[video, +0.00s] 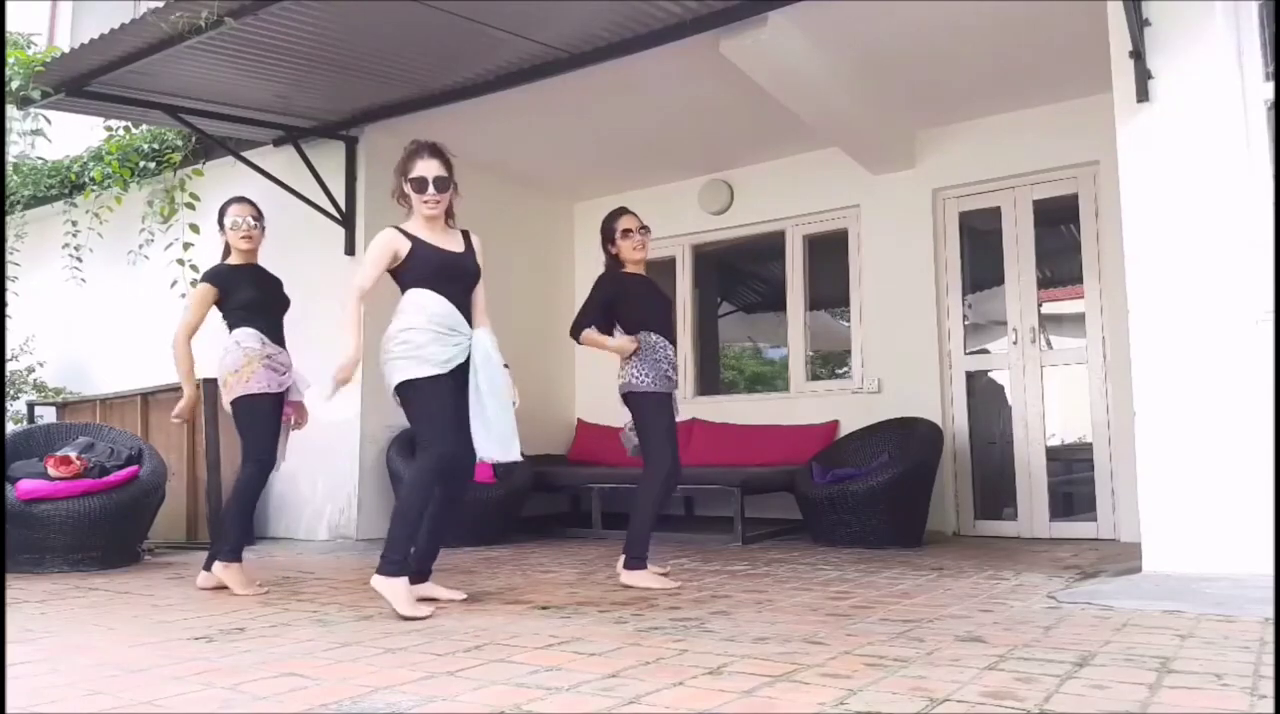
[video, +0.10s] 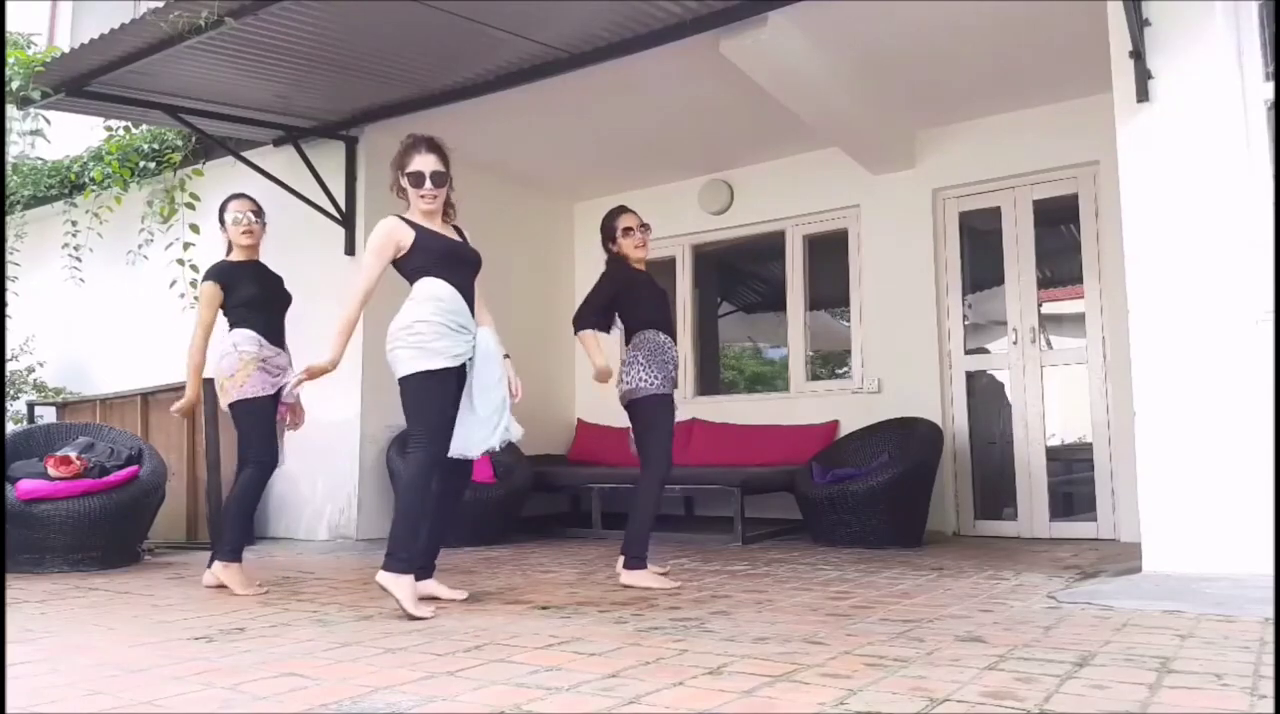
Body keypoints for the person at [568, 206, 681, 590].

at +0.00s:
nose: (638, 237)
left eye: (641, 230)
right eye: (627, 234)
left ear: (648, 237)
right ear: (612, 246)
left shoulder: (649, 281)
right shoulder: (612, 280)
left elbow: (653, 327)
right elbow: (579, 330)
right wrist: (614, 345)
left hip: (660, 384)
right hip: (642, 384)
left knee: (668, 470)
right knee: (659, 467)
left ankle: (635, 556)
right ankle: (634, 564)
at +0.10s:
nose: (639, 235)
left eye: (642, 228)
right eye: (628, 231)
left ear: (647, 233)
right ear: (613, 243)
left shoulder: (643, 277)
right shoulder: (617, 274)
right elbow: (583, 319)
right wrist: (600, 363)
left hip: (656, 376)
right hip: (643, 376)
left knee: (657, 469)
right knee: (655, 469)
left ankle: (634, 557)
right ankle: (634, 565)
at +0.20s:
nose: (641, 233)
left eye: (643, 227)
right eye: (630, 230)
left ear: (649, 233)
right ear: (616, 243)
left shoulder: (642, 276)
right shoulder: (622, 273)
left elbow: (633, 327)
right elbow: (604, 324)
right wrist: (606, 375)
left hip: (652, 378)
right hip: (639, 379)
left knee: (657, 469)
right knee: (658, 469)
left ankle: (632, 555)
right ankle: (635, 566)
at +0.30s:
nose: (642, 236)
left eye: (643, 229)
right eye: (630, 234)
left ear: (650, 237)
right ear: (617, 247)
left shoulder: (641, 280)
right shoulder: (624, 278)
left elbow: (642, 334)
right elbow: (619, 329)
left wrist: (662, 384)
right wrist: (635, 372)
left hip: (647, 377)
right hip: (635, 376)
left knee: (662, 467)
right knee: (661, 467)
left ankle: (633, 555)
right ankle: (636, 565)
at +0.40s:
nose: (642, 242)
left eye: (644, 237)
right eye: (631, 240)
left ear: (651, 246)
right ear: (617, 255)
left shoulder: (647, 293)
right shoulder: (619, 283)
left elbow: (645, 341)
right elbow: (622, 329)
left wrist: (667, 390)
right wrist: (665, 351)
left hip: (654, 385)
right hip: (628, 384)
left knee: (675, 463)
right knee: (661, 464)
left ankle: (634, 555)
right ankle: (635, 564)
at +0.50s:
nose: (640, 250)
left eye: (644, 244)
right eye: (629, 247)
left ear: (652, 252)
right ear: (616, 261)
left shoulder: (662, 304)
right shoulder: (610, 291)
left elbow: (666, 361)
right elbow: (617, 337)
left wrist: (676, 401)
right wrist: (666, 326)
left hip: (662, 392)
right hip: (625, 390)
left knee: (679, 470)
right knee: (661, 463)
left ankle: (636, 557)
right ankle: (631, 560)